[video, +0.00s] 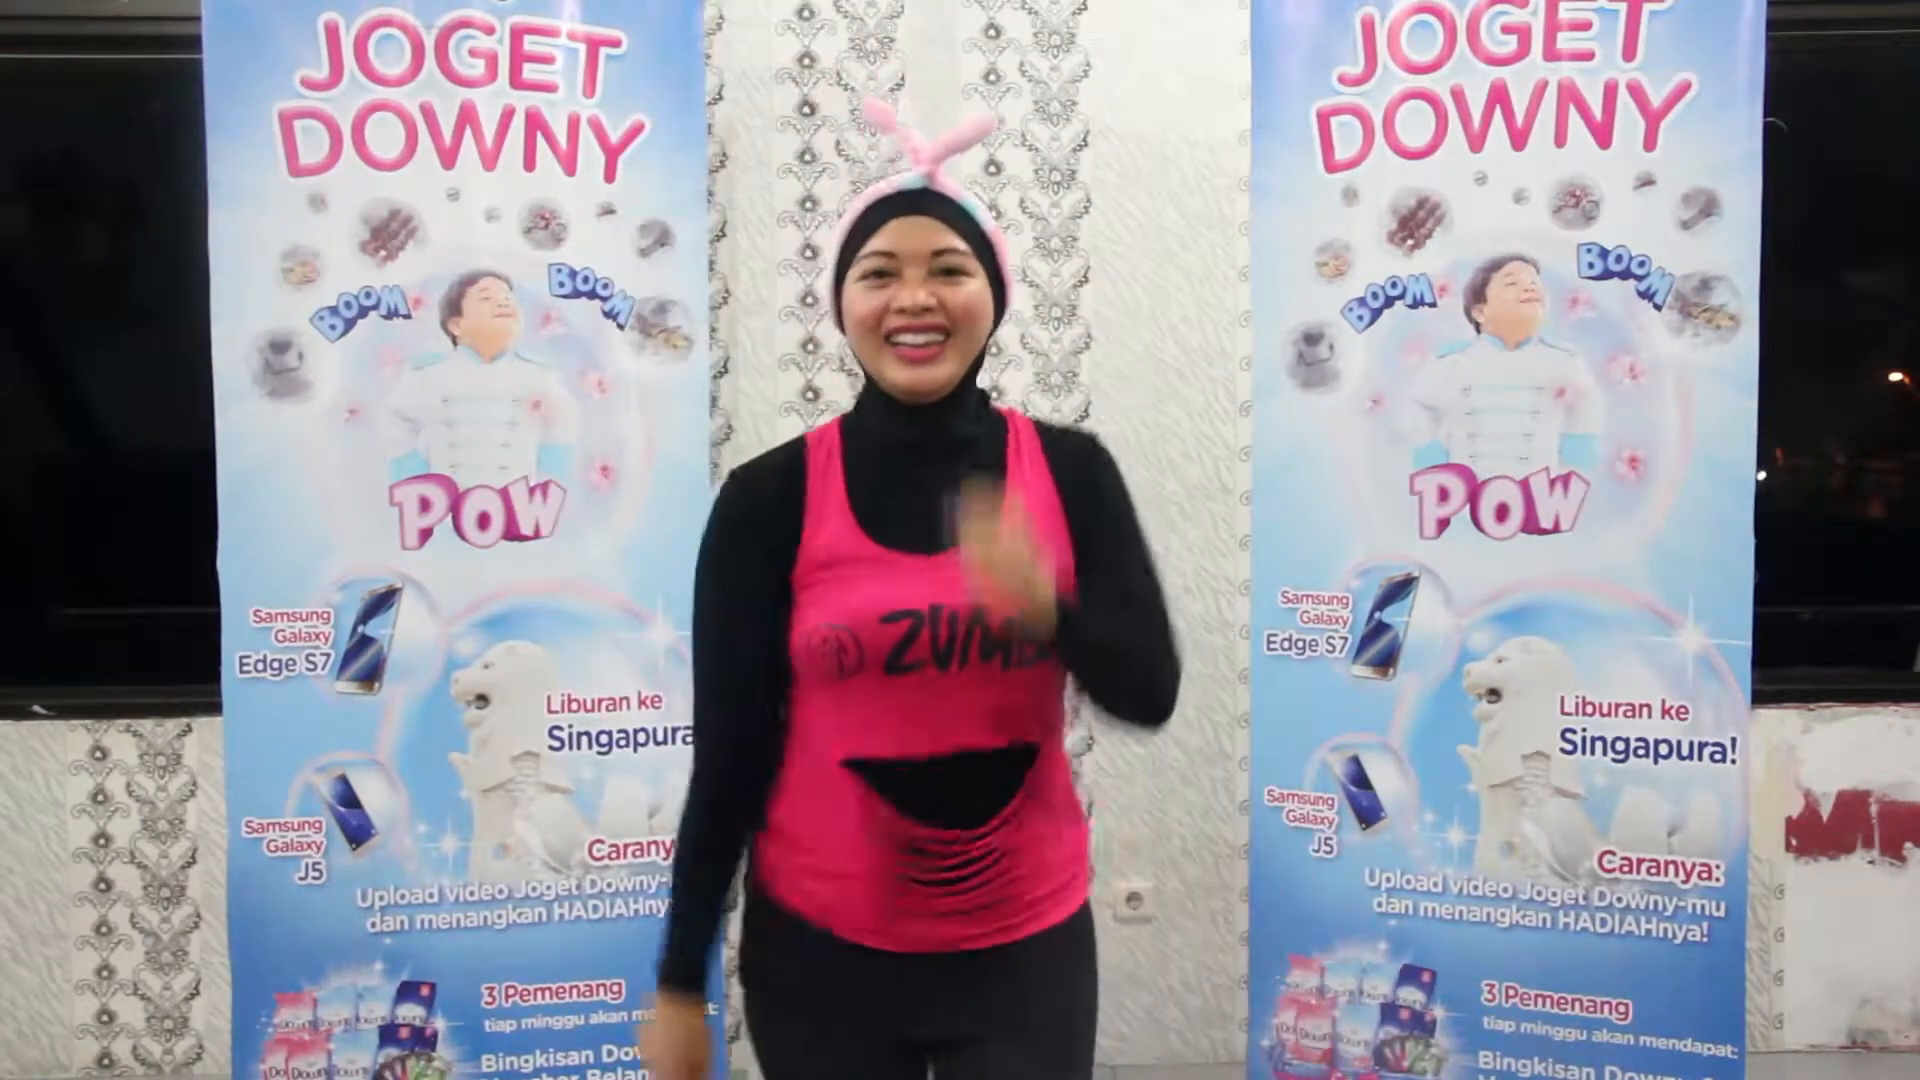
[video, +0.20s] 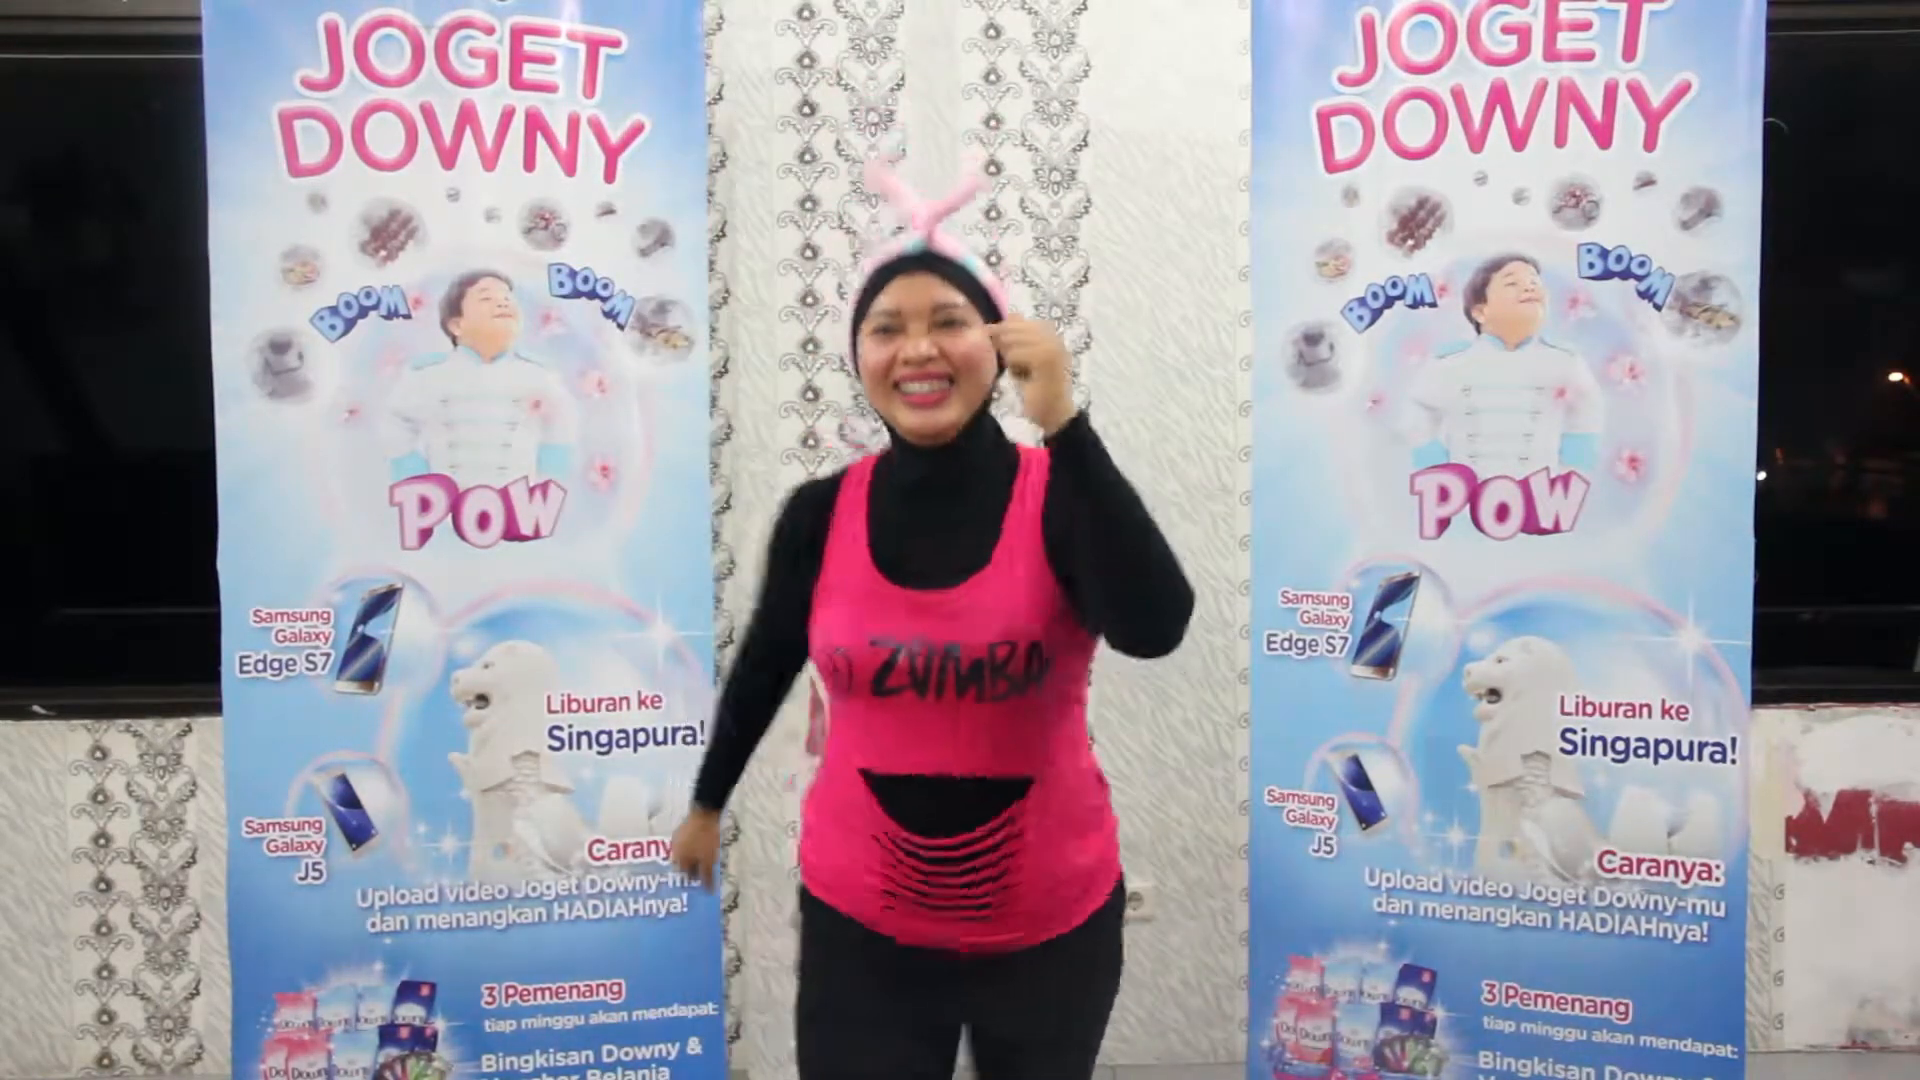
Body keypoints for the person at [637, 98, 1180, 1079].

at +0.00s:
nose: (915, 296)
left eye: (948, 268)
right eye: (879, 273)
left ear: (994, 300)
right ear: (842, 309)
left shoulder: (1067, 471)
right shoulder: (768, 499)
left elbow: (1149, 693)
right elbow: (733, 751)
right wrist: (681, 982)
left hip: (1023, 946)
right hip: (822, 950)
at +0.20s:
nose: (918, 348)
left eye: (948, 322)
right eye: (889, 328)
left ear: (996, 346)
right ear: (858, 361)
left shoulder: (1062, 496)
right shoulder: (819, 516)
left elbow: (1155, 626)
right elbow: (766, 662)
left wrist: (1066, 427)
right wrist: (709, 802)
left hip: (1045, 921)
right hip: (863, 921)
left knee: (1039, 1066)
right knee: (848, 1067)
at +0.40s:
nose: (923, 318)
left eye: (952, 294)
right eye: (898, 297)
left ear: (997, 315)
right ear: (870, 323)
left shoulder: (1068, 455)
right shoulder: (838, 463)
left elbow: (1109, 605)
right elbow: (802, 599)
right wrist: (761, 733)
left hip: (1043, 832)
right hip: (877, 827)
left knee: (1034, 1065)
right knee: (853, 1064)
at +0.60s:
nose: (917, 356)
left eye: (941, 336)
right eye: (894, 337)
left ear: (979, 357)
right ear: (865, 360)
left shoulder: (1046, 506)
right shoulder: (821, 502)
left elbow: (1102, 689)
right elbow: (787, 642)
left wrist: (1096, 858)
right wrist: (783, 675)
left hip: (1015, 854)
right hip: (867, 854)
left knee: (1005, 1067)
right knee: (903, 1066)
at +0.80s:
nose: (923, 342)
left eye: (946, 322)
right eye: (901, 324)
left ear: (981, 346)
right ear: (872, 350)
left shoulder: (1036, 471)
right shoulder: (822, 481)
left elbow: (1098, 615)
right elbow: (785, 655)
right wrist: (771, 649)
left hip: (1012, 777)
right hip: (872, 789)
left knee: (924, 966)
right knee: (897, 1011)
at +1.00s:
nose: (954, 314)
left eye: (976, 299)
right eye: (935, 295)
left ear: (1005, 321)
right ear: (900, 311)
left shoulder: (1037, 418)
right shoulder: (837, 435)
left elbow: (1150, 448)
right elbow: (812, 608)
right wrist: (812, 760)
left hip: (1023, 724)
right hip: (886, 739)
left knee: (941, 857)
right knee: (909, 985)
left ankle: (950, 1041)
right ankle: (916, 1074)